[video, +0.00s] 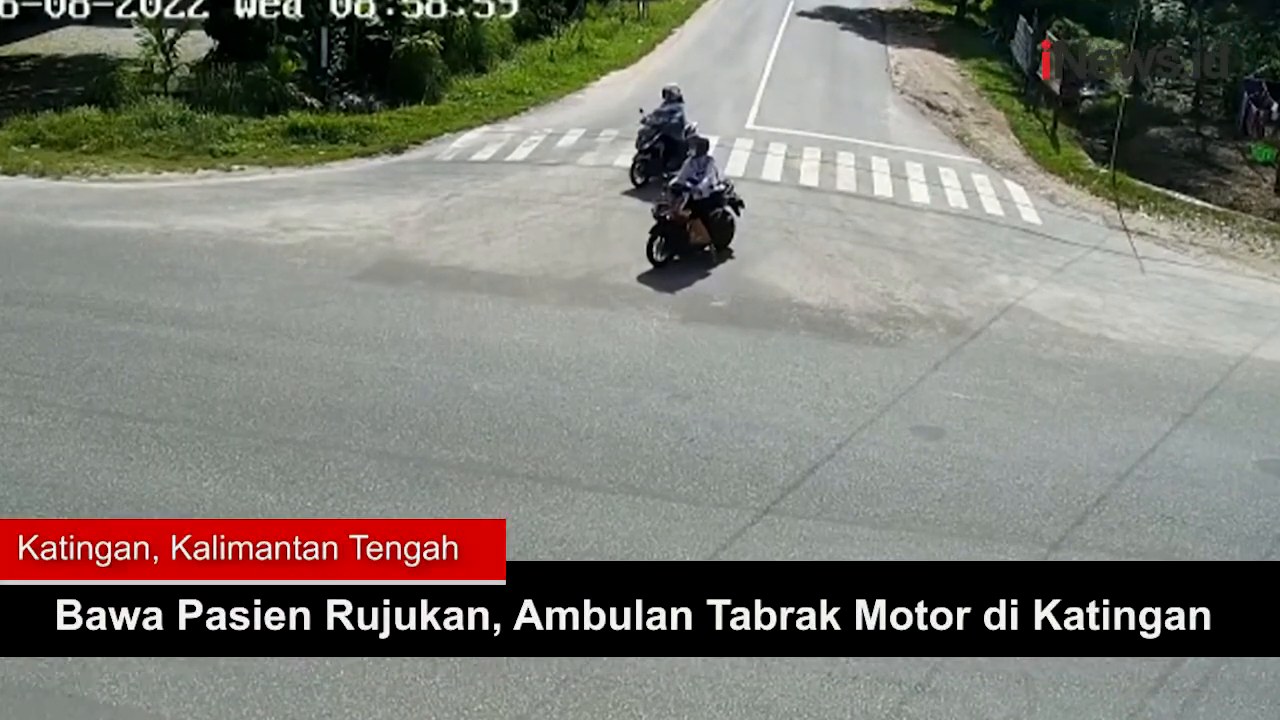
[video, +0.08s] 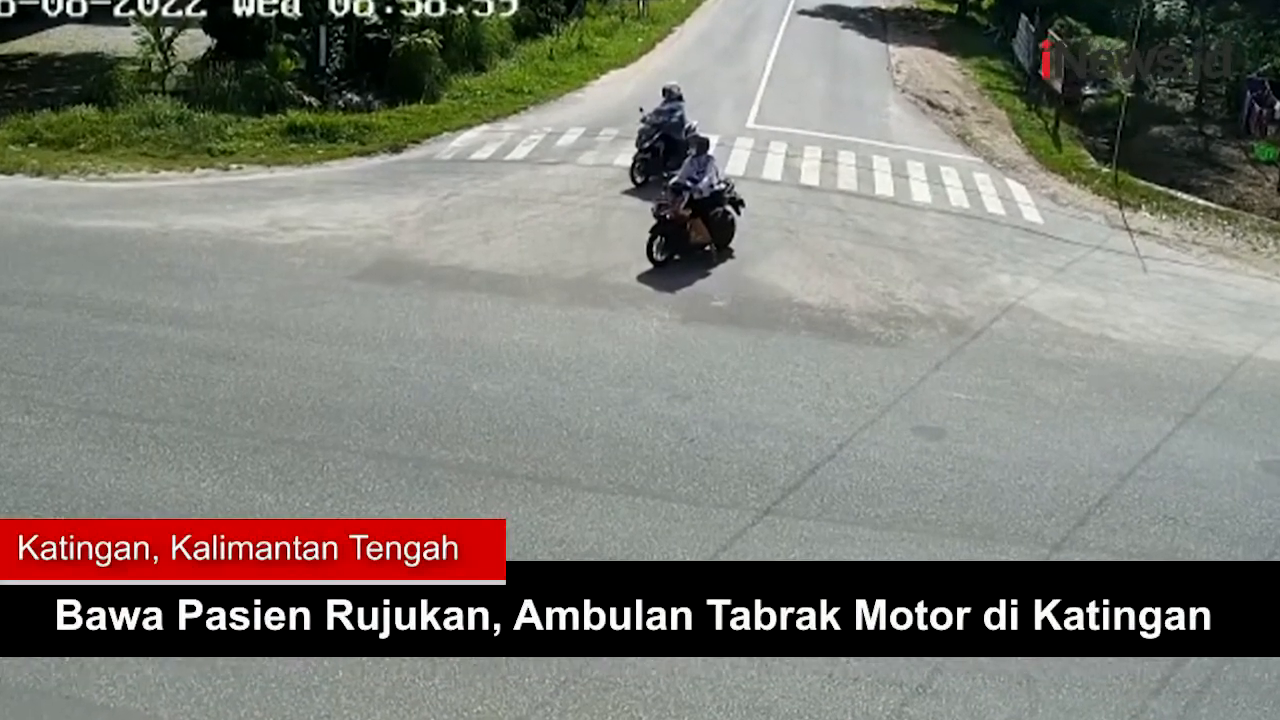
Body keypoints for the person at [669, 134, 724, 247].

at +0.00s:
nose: (692, 149)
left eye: (695, 147)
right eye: (693, 146)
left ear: (702, 148)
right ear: (695, 148)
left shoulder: (709, 162)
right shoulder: (690, 161)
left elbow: (708, 178)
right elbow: (682, 175)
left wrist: (699, 189)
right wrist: (674, 183)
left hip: (709, 192)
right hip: (693, 192)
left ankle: (715, 241)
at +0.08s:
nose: (693, 148)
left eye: (696, 145)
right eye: (693, 145)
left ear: (703, 147)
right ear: (694, 147)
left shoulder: (709, 161)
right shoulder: (690, 160)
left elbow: (709, 178)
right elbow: (682, 174)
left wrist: (699, 188)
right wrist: (674, 183)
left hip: (710, 191)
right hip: (694, 191)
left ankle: (714, 240)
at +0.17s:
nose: (695, 148)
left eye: (698, 145)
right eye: (695, 145)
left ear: (704, 147)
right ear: (695, 146)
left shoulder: (710, 160)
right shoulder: (690, 160)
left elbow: (709, 177)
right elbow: (682, 174)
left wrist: (699, 188)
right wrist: (674, 183)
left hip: (712, 191)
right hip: (695, 191)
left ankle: (716, 240)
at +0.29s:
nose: (696, 146)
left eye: (699, 143)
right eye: (695, 143)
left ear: (705, 145)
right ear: (696, 145)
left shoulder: (710, 159)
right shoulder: (691, 158)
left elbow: (710, 176)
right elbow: (683, 173)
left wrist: (699, 186)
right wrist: (674, 182)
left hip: (713, 192)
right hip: (696, 192)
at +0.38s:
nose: (695, 145)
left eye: (698, 142)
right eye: (695, 142)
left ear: (705, 144)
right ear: (696, 144)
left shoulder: (711, 158)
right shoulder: (691, 158)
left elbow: (710, 175)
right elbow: (683, 172)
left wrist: (700, 185)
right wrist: (674, 181)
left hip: (714, 190)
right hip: (696, 191)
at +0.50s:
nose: (697, 144)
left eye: (701, 141)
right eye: (696, 141)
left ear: (706, 143)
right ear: (695, 142)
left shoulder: (711, 157)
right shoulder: (691, 156)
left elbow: (711, 174)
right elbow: (683, 171)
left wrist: (700, 184)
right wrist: (673, 180)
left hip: (713, 191)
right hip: (696, 192)